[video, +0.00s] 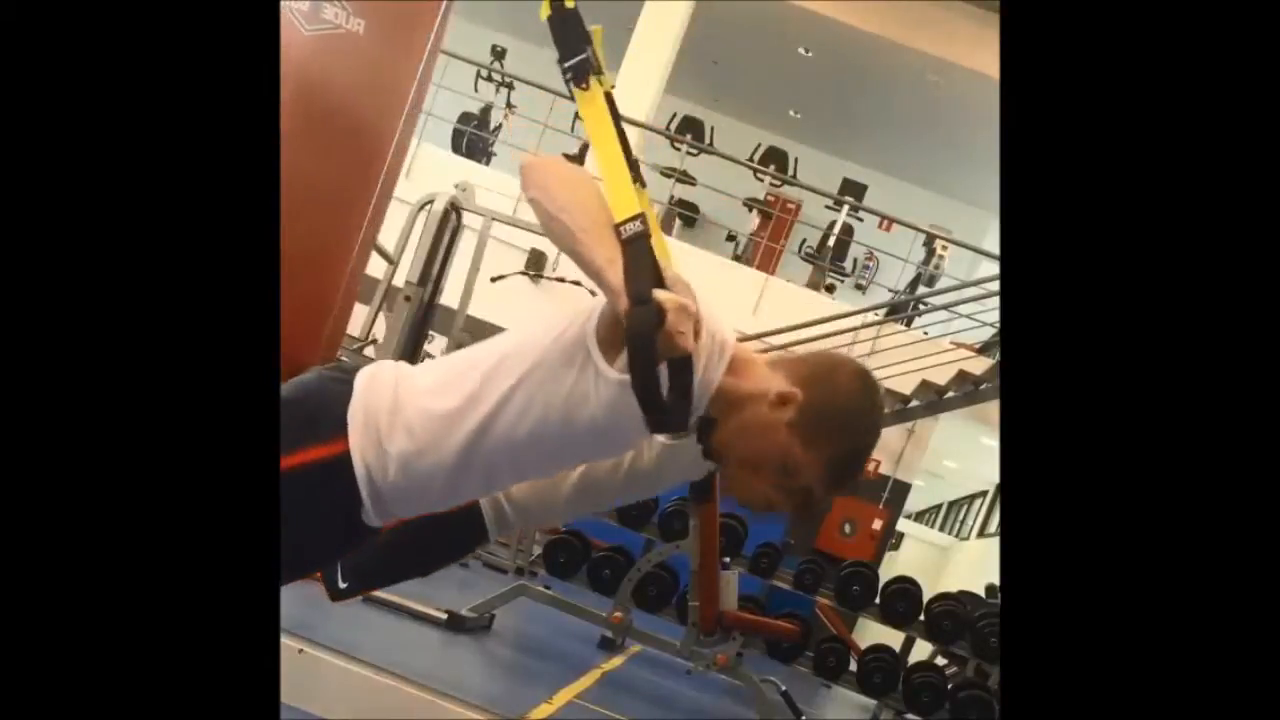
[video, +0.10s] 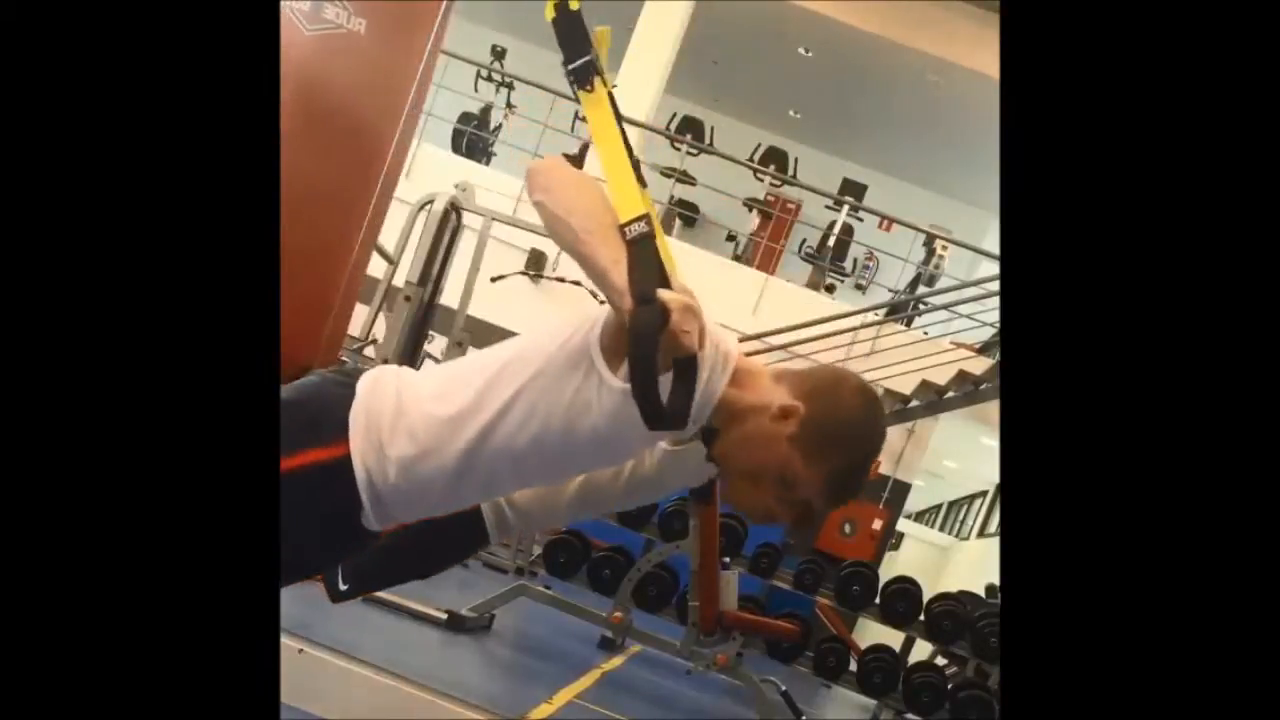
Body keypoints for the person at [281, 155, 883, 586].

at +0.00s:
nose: (760, 497)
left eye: (782, 497)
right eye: (782, 480)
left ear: (779, 398)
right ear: (781, 406)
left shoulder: (704, 425)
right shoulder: (678, 320)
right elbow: (543, 173)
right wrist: (637, 295)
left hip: (371, 496)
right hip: (337, 447)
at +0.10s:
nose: (763, 504)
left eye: (784, 505)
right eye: (782, 487)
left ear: (784, 408)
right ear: (784, 414)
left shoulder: (709, 427)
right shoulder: (689, 342)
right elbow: (549, 176)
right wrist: (641, 299)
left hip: (371, 500)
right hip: (341, 449)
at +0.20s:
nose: (762, 505)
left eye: (782, 507)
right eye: (781, 489)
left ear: (786, 413)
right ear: (785, 418)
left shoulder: (710, 431)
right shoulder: (692, 348)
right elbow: (550, 179)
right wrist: (642, 299)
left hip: (374, 500)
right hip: (344, 453)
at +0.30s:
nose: (765, 505)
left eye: (787, 505)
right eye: (784, 486)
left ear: (783, 407)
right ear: (783, 413)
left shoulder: (711, 442)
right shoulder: (682, 339)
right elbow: (543, 180)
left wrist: (715, 601)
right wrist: (639, 300)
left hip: (371, 504)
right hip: (341, 451)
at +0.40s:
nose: (764, 486)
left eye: (788, 481)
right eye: (787, 462)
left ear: (781, 380)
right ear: (782, 387)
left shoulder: (705, 417)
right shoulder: (679, 315)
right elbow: (533, 174)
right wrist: (642, 292)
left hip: (369, 490)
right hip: (335, 443)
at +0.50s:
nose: (767, 418)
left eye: (789, 415)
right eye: (783, 398)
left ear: (779, 332)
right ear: (776, 330)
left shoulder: (699, 375)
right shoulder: (665, 269)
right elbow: (525, 154)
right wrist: (634, 280)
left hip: (368, 469)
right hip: (332, 419)